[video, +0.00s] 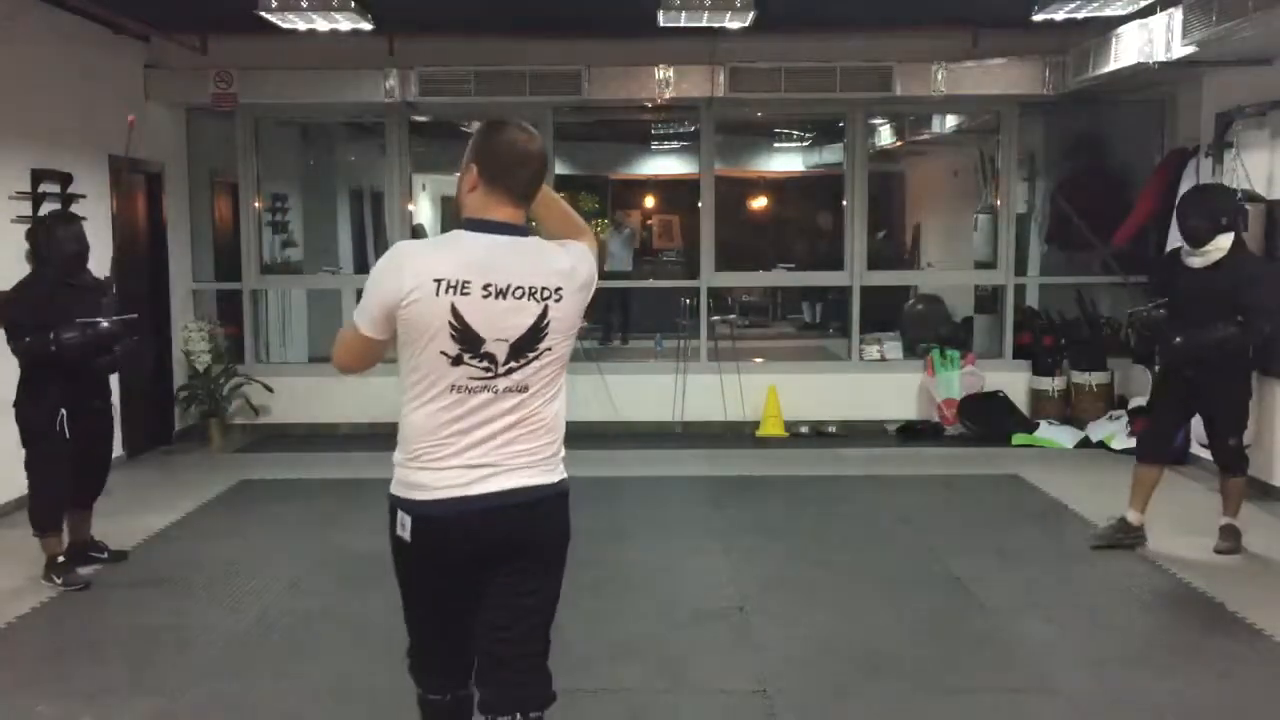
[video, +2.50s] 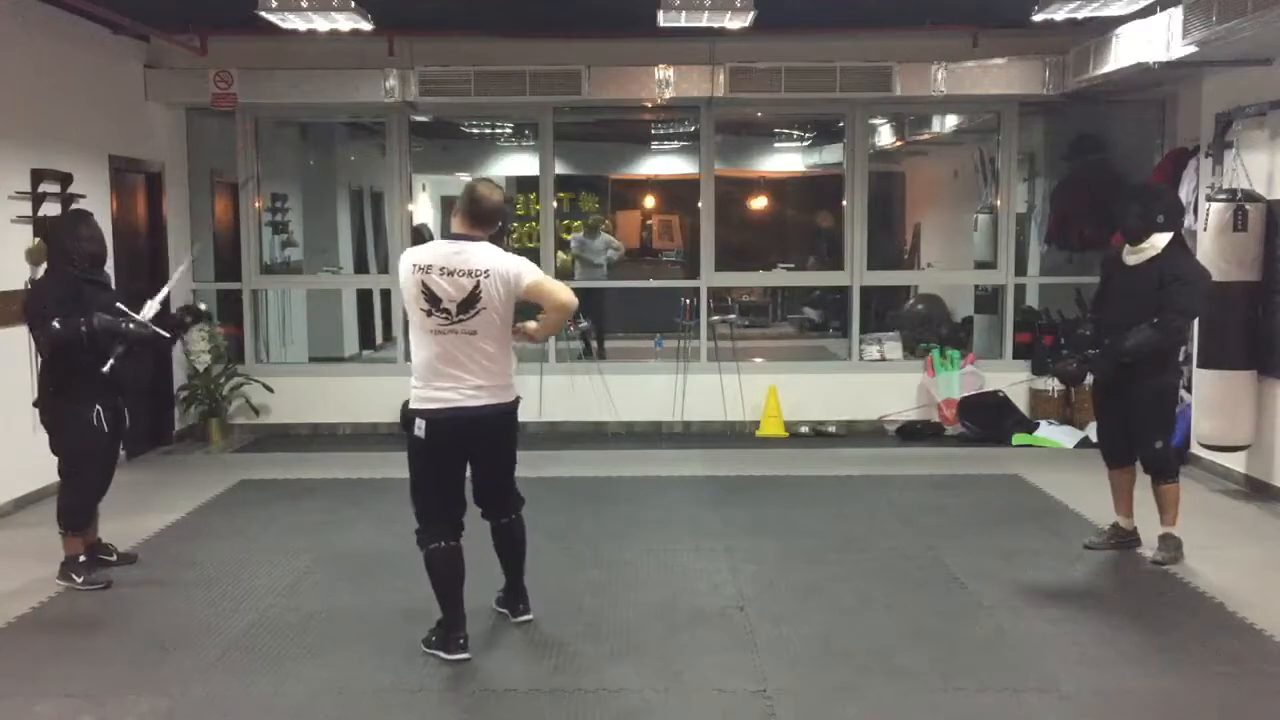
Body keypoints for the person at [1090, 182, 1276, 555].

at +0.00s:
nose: (1186, 229)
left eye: (1195, 222)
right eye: (1184, 221)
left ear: (1221, 223)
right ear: (1181, 221)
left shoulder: (1249, 269)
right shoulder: (1172, 264)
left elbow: (1258, 330)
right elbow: (1158, 314)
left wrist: (1198, 341)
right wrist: (1146, 328)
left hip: (1224, 376)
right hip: (1177, 372)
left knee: (1228, 451)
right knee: (1153, 440)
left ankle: (1229, 524)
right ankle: (1132, 522)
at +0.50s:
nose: (1135, 223)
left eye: (1144, 215)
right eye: (1134, 214)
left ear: (1166, 220)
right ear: (1129, 217)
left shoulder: (1195, 269)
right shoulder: (1120, 265)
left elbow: (1197, 327)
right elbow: (1107, 314)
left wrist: (1143, 343)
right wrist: (1094, 342)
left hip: (1174, 372)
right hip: (1128, 370)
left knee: (1177, 451)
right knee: (1120, 446)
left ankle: (1213, 514)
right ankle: (1124, 527)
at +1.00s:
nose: (1126, 226)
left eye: (1132, 218)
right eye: (1123, 219)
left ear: (1150, 218)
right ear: (1120, 221)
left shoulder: (1180, 263)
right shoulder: (1113, 263)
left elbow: (1178, 325)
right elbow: (1097, 315)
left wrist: (1131, 349)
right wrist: (1091, 346)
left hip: (1160, 375)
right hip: (1117, 373)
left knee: (1161, 456)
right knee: (1120, 451)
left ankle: (1169, 536)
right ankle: (1124, 528)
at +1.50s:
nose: (1132, 223)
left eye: (1140, 215)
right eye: (1131, 215)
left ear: (1162, 217)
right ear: (1130, 216)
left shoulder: (1191, 268)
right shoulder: (1121, 264)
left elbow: (1182, 329)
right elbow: (1106, 317)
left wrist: (1128, 351)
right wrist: (1093, 348)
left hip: (1164, 377)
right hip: (1120, 373)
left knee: (1168, 456)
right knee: (1122, 451)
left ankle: (1170, 537)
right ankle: (1124, 527)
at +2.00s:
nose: (1127, 223)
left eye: (1136, 215)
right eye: (1127, 215)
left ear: (1158, 218)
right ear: (1128, 217)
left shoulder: (1186, 269)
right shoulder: (1117, 263)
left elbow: (1171, 331)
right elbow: (1105, 320)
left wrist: (1113, 356)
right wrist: (1089, 353)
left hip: (1161, 378)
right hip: (1119, 374)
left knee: (1165, 454)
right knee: (1121, 449)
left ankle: (1170, 537)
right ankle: (1124, 527)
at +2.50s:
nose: (1126, 226)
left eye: (1135, 218)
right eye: (1125, 218)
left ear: (1156, 219)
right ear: (1124, 218)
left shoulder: (1181, 267)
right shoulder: (1115, 261)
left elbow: (1172, 327)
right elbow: (1100, 315)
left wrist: (1125, 346)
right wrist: (1089, 344)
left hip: (1154, 377)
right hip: (1112, 374)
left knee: (1159, 455)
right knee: (1116, 450)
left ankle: (1169, 537)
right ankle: (1123, 528)